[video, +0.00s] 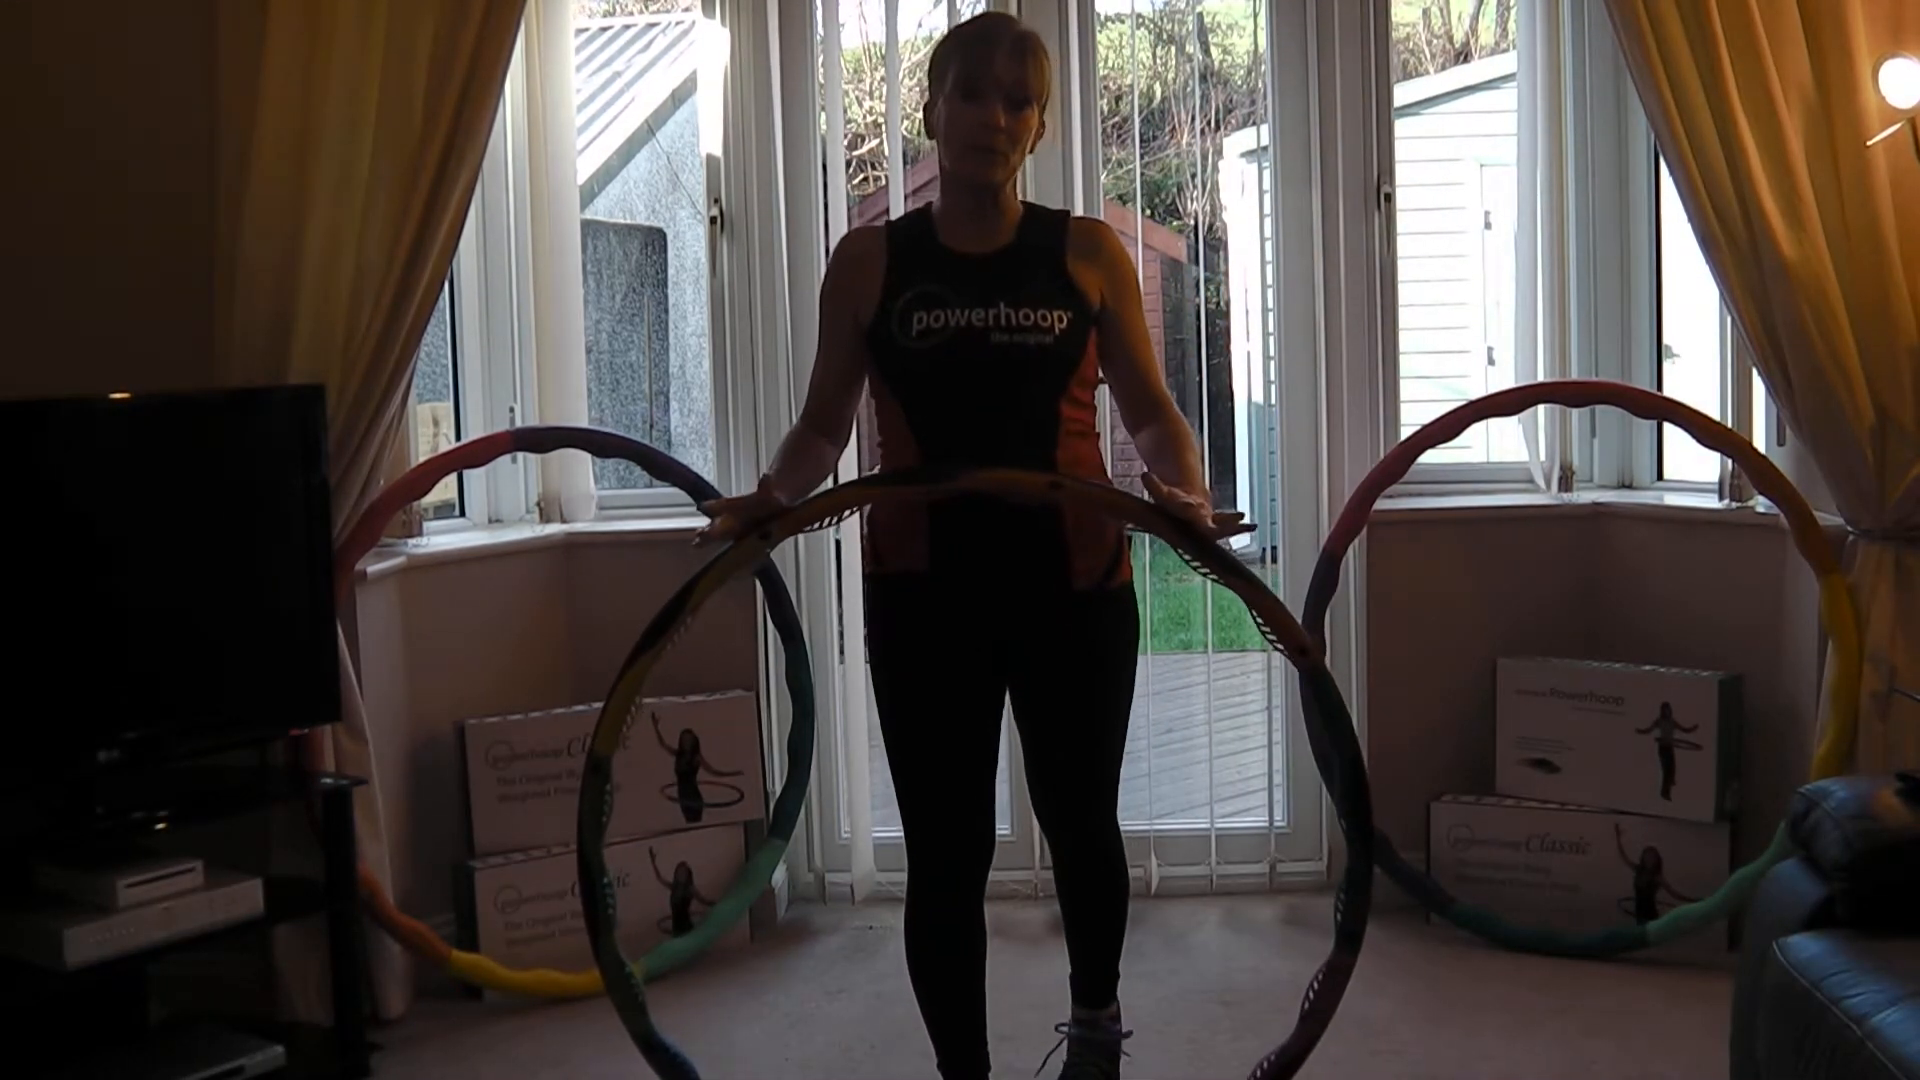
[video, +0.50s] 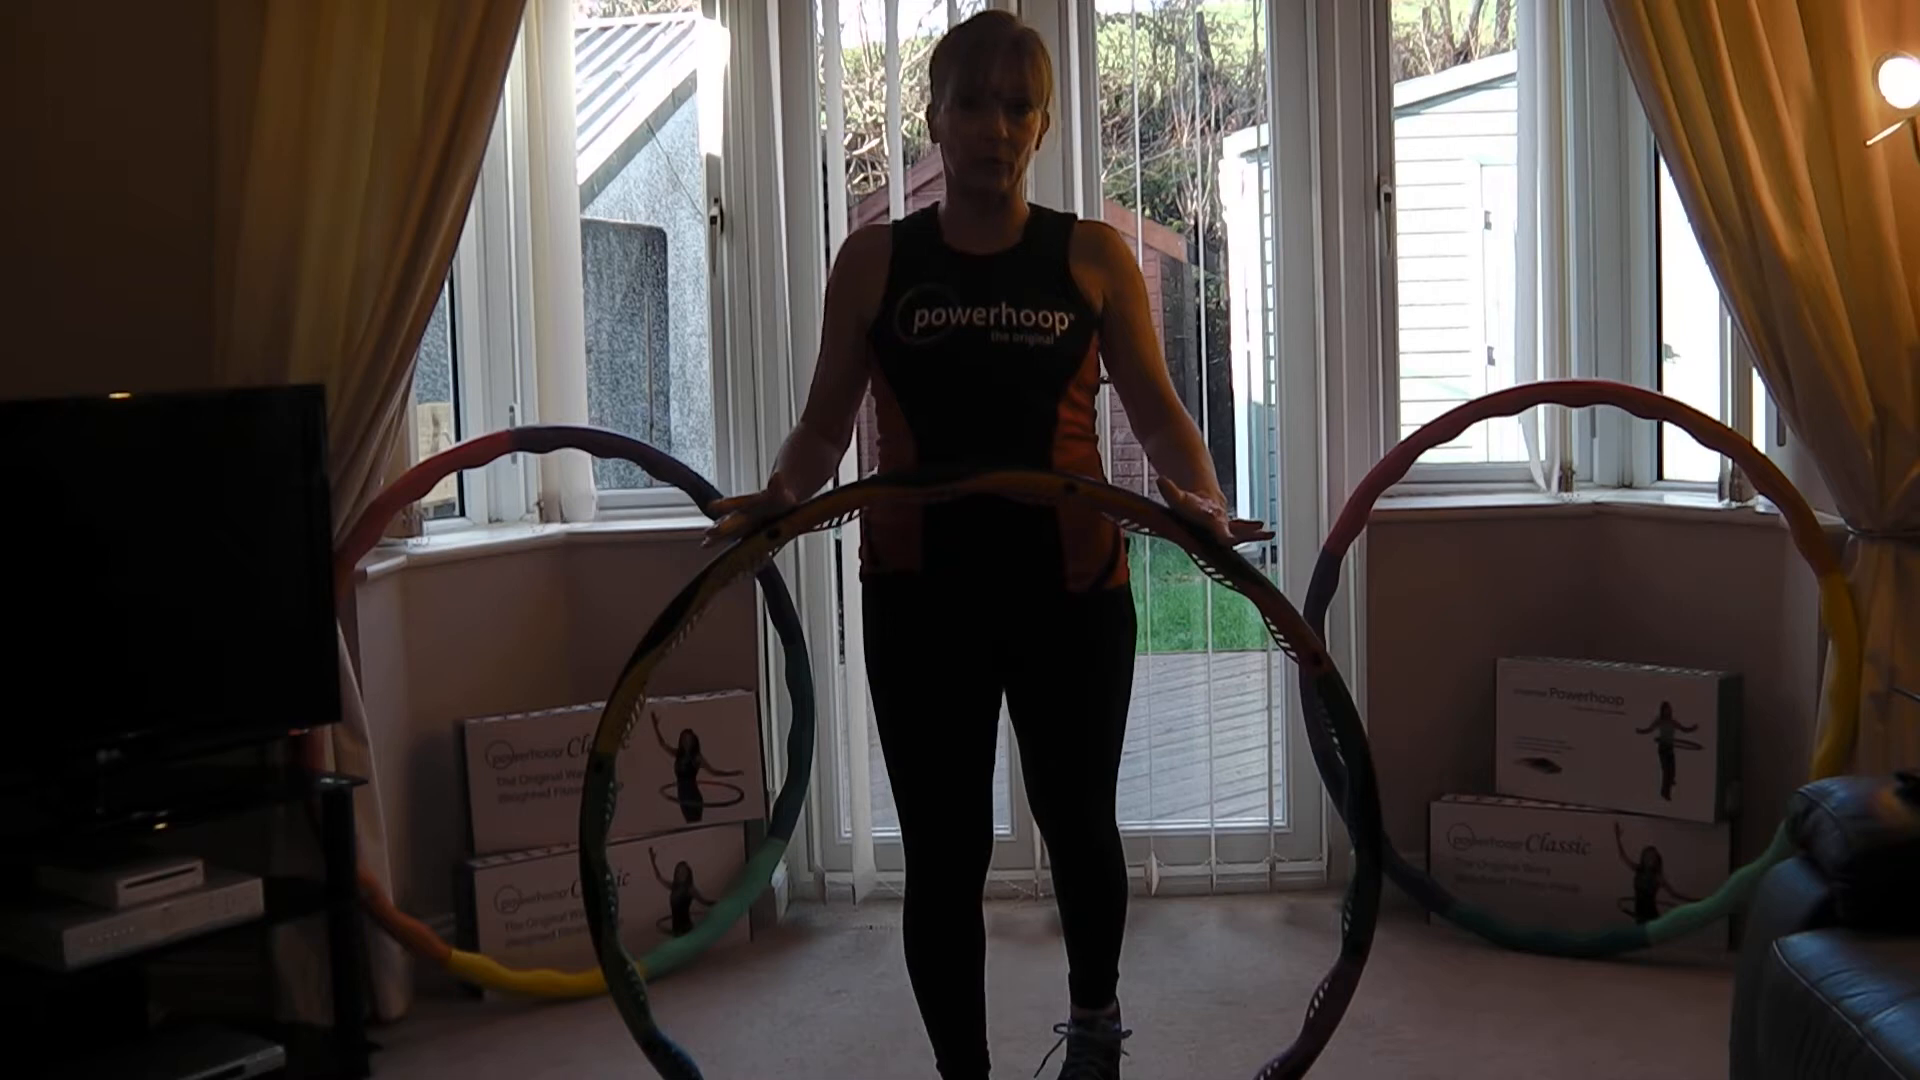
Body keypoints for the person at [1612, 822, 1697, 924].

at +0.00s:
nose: (1648, 860)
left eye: (1651, 857)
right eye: (1646, 856)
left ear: (1657, 860)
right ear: (1642, 858)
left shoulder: (1657, 877)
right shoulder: (1639, 870)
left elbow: (1674, 894)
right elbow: (1623, 857)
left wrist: (1693, 901)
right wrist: (1618, 838)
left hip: (1651, 912)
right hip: (1639, 911)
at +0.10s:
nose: (1649, 860)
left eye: (1652, 857)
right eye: (1646, 856)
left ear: (1657, 860)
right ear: (1642, 858)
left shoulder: (1657, 877)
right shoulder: (1639, 870)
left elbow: (1674, 894)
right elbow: (1623, 857)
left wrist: (1694, 901)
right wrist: (1618, 838)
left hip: (1651, 912)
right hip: (1639, 911)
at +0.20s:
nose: (1649, 860)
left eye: (1652, 857)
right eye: (1646, 856)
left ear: (1657, 860)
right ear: (1642, 858)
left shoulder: (1657, 877)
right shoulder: (1639, 870)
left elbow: (1674, 894)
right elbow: (1623, 857)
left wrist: (1693, 901)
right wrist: (1618, 837)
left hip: (1651, 912)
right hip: (1639, 911)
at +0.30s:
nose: (1649, 860)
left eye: (1652, 857)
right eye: (1647, 856)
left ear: (1657, 860)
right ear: (1642, 858)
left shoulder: (1657, 877)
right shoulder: (1639, 870)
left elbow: (1674, 894)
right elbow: (1623, 857)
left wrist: (1693, 901)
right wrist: (1618, 837)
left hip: (1651, 912)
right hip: (1639, 911)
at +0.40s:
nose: (1649, 861)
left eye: (1652, 858)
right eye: (1647, 857)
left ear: (1657, 860)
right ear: (1642, 859)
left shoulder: (1658, 877)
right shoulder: (1639, 871)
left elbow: (1673, 894)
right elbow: (1623, 856)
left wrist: (1694, 901)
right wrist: (1618, 837)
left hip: (1651, 912)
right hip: (1639, 911)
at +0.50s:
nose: (1649, 861)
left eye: (1652, 857)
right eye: (1647, 857)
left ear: (1657, 860)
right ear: (1642, 858)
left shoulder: (1658, 876)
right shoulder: (1638, 870)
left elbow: (1673, 894)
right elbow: (1622, 856)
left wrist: (1694, 901)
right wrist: (1618, 837)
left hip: (1651, 912)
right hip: (1639, 911)